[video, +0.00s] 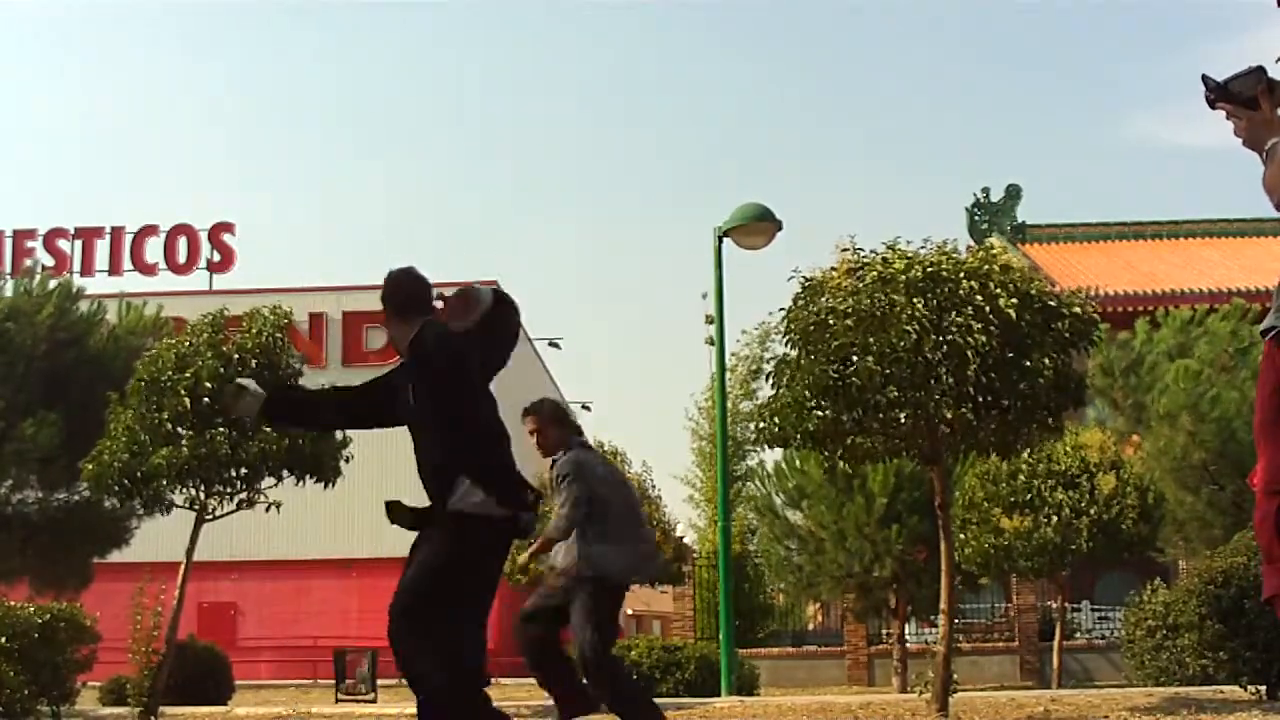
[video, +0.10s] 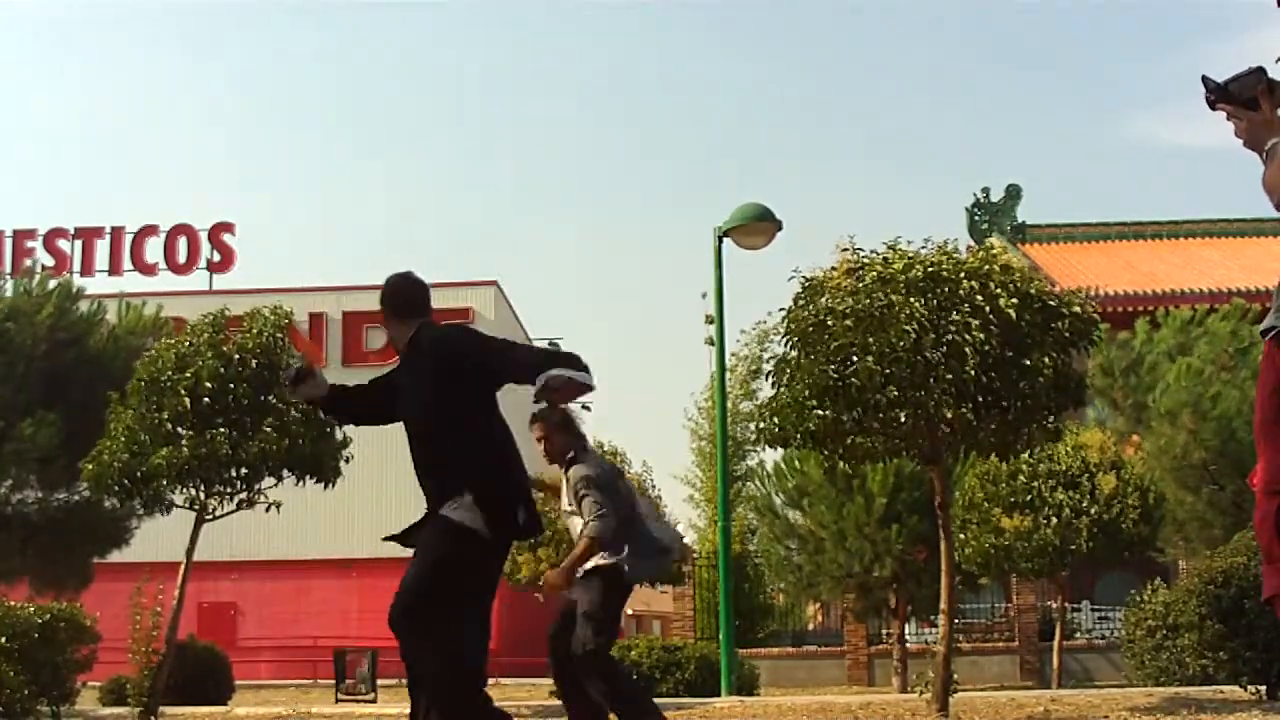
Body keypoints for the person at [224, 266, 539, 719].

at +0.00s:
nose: (384, 331)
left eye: (384, 321)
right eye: (386, 323)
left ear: (387, 317)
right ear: (429, 307)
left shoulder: (449, 347)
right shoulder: (409, 379)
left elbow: (501, 334)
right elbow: (346, 403)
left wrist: (490, 301)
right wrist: (267, 405)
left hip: (481, 512)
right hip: (460, 514)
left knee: (412, 619)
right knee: (451, 625)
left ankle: (455, 709)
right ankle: (466, 706)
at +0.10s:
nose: (383, 327)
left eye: (382, 319)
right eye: (385, 321)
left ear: (385, 317)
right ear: (426, 309)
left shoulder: (450, 343)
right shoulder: (409, 376)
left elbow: (526, 359)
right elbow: (368, 401)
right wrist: (322, 394)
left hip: (478, 501)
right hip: (465, 505)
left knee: (411, 614)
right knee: (461, 621)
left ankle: (445, 708)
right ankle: (463, 707)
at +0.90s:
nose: (396, 334)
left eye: (393, 325)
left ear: (390, 322)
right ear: (436, 320)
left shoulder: (384, 363)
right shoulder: (478, 371)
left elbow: (314, 413)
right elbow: (519, 452)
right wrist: (555, 531)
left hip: (451, 525)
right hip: (506, 521)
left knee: (397, 629)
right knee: (478, 639)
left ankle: (459, 709)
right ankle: (496, 711)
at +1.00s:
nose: (390, 333)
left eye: (388, 326)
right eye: (397, 326)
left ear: (386, 322)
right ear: (431, 318)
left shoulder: (383, 362)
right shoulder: (475, 369)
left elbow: (317, 419)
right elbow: (515, 452)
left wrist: (313, 401)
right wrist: (548, 531)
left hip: (450, 526)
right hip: (506, 520)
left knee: (398, 628)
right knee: (489, 631)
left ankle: (459, 709)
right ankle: (495, 710)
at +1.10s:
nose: (382, 326)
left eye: (379, 320)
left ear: (382, 318)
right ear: (429, 315)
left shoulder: (382, 359)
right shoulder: (472, 364)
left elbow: (331, 415)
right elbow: (511, 440)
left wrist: (303, 415)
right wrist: (533, 528)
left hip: (453, 519)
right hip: (511, 515)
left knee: (399, 624)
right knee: (494, 630)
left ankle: (463, 708)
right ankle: (502, 712)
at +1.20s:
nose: (383, 323)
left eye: (380, 316)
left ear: (381, 315)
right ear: (427, 312)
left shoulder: (383, 355)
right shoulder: (473, 360)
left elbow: (327, 426)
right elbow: (511, 428)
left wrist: (309, 446)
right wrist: (510, 495)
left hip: (453, 511)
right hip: (510, 508)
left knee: (401, 621)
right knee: (493, 629)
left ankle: (466, 705)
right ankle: (497, 709)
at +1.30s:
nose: (382, 319)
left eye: (381, 313)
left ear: (383, 312)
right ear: (428, 311)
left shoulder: (385, 353)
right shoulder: (471, 358)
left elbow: (340, 431)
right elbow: (516, 427)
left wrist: (313, 464)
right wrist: (483, 472)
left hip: (445, 512)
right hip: (505, 506)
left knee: (395, 621)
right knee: (488, 629)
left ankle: (466, 704)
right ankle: (491, 708)